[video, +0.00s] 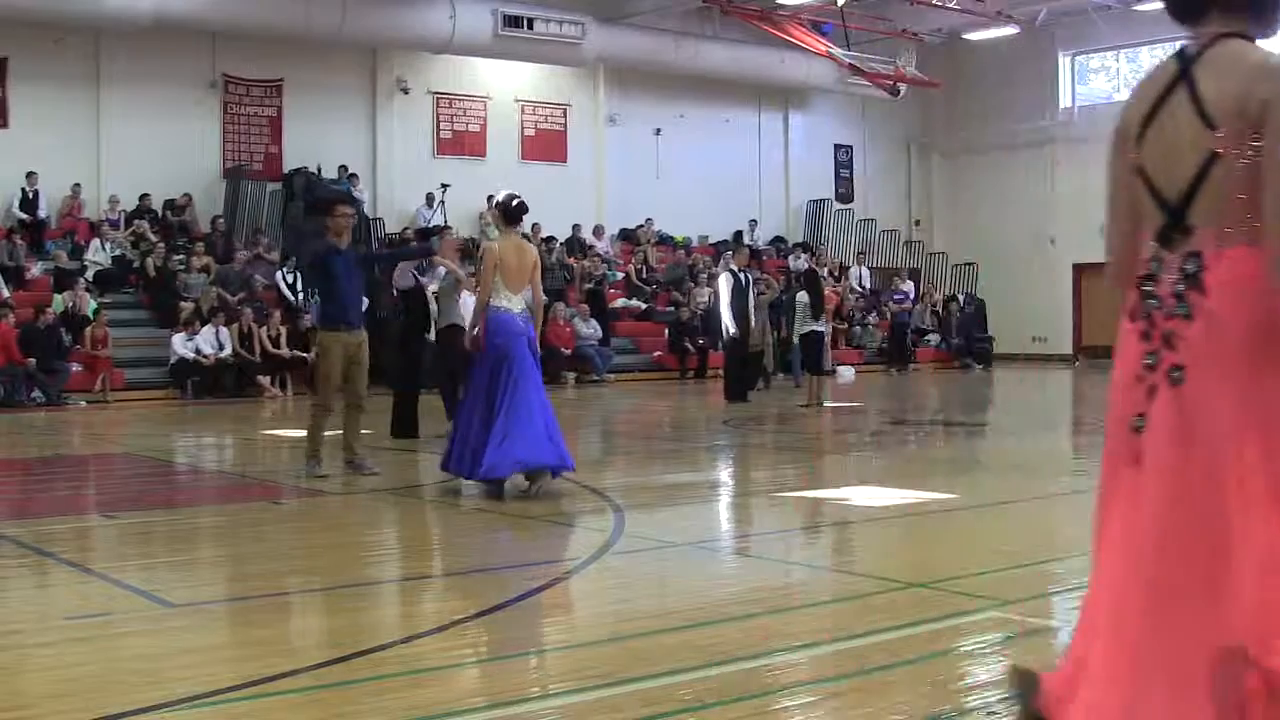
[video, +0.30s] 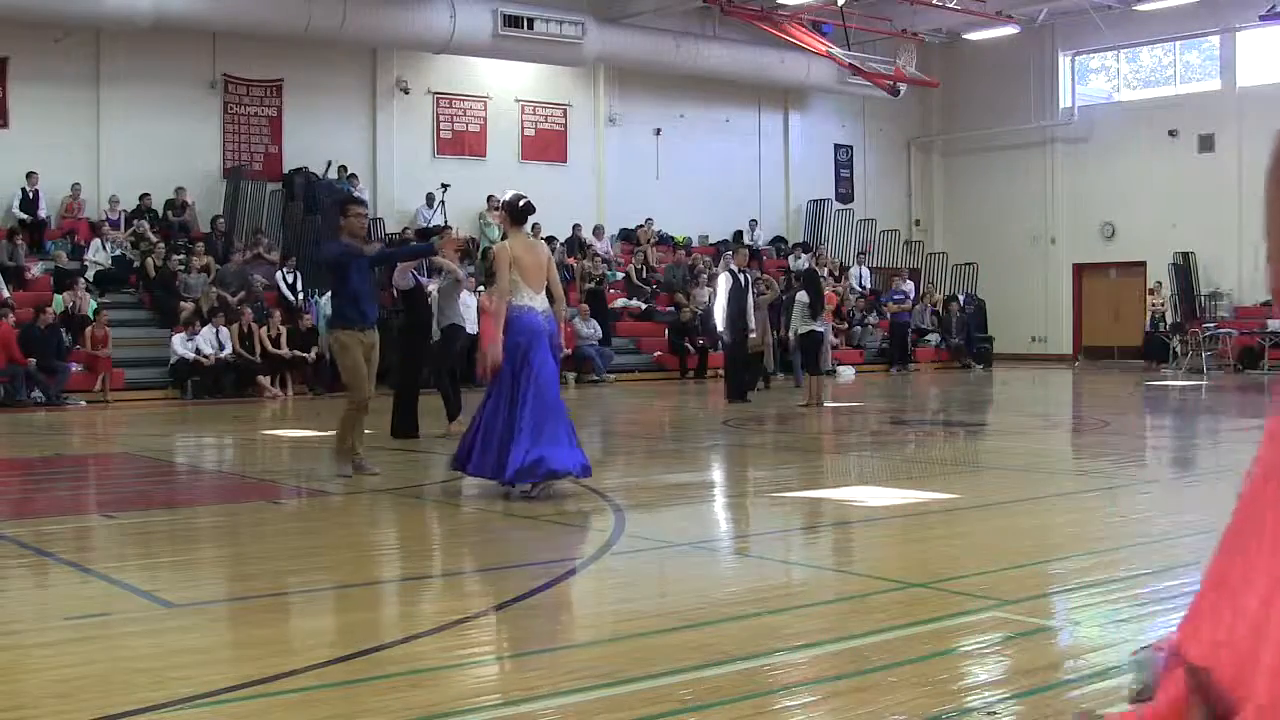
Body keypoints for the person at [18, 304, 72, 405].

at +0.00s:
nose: (52, 317)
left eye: (52, 314)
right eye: (49, 314)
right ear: (41, 316)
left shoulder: (53, 329)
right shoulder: (28, 329)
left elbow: (60, 348)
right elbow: (24, 347)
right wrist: (27, 358)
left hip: (50, 359)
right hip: (33, 360)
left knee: (64, 369)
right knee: (31, 371)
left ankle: (49, 393)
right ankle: (54, 394)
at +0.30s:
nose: (52, 317)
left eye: (52, 314)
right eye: (49, 314)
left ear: (54, 315)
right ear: (40, 315)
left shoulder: (54, 329)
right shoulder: (28, 329)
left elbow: (61, 348)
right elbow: (22, 346)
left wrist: (61, 360)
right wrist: (26, 359)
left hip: (50, 359)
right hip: (34, 360)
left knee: (65, 368)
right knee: (31, 370)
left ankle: (53, 395)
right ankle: (52, 394)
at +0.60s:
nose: (52, 317)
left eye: (52, 314)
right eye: (49, 314)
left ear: (54, 316)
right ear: (41, 316)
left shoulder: (54, 329)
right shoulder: (28, 329)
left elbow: (60, 348)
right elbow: (23, 346)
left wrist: (60, 361)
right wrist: (28, 359)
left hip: (50, 360)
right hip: (34, 361)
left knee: (65, 368)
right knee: (30, 370)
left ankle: (53, 394)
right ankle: (52, 393)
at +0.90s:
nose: (52, 317)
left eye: (52, 314)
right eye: (49, 314)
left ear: (54, 316)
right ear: (41, 316)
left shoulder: (54, 329)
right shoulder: (29, 329)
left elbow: (60, 348)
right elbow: (24, 346)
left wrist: (61, 361)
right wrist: (29, 358)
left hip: (50, 360)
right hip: (35, 361)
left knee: (65, 368)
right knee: (31, 371)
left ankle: (53, 394)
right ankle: (51, 394)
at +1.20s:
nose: (52, 316)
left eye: (52, 314)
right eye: (49, 314)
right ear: (41, 316)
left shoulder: (54, 329)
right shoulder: (28, 328)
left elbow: (60, 348)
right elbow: (24, 345)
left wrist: (61, 361)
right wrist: (28, 358)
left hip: (49, 360)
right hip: (34, 361)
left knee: (64, 368)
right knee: (31, 370)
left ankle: (55, 393)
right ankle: (51, 393)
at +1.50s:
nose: (52, 317)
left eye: (52, 314)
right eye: (49, 314)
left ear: (54, 315)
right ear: (41, 316)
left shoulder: (54, 329)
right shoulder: (28, 329)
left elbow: (60, 348)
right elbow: (24, 346)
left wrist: (61, 361)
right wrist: (28, 359)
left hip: (49, 360)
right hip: (34, 361)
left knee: (65, 367)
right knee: (31, 370)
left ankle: (54, 393)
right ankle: (51, 393)